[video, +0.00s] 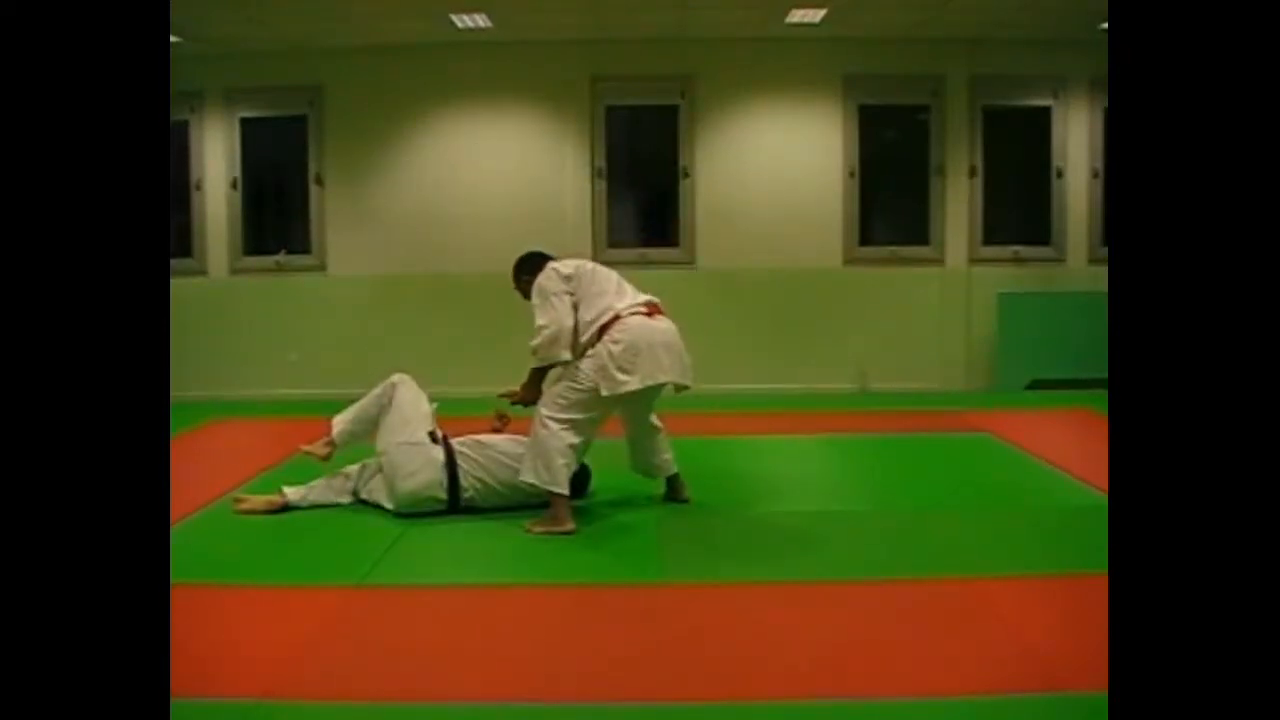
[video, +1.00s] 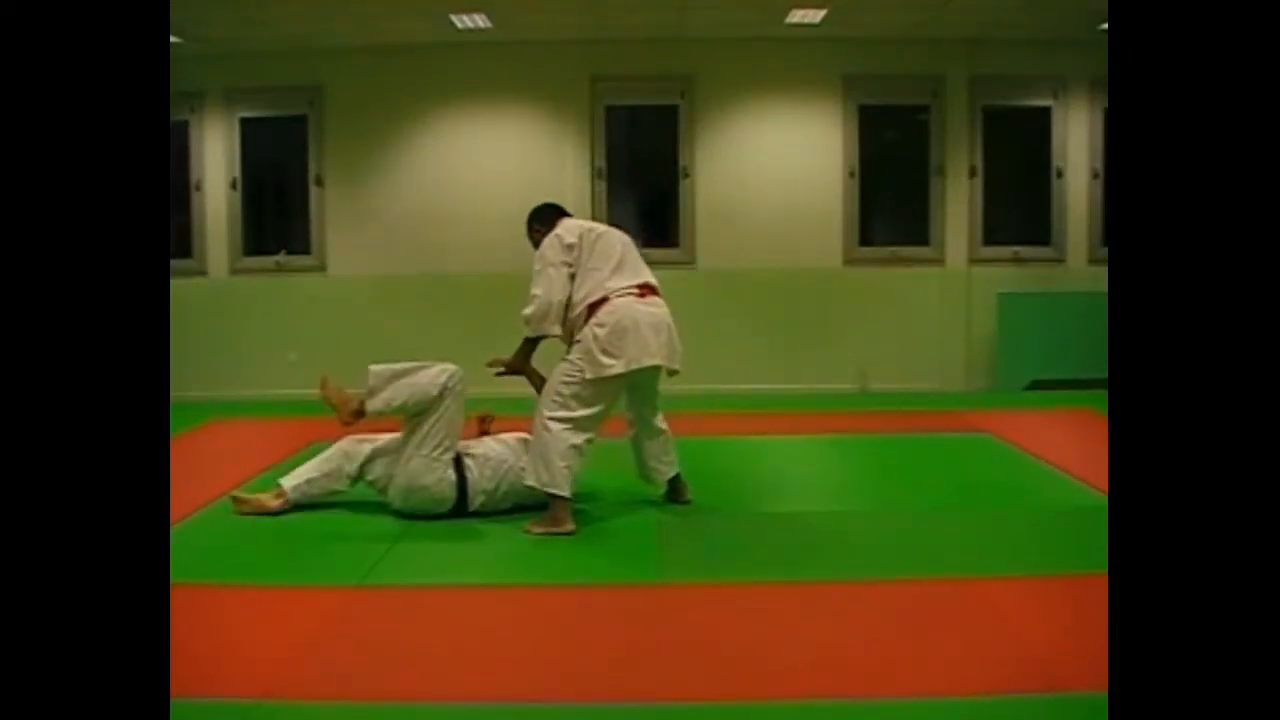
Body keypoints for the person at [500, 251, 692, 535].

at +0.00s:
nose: (526, 297)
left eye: (524, 290)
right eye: (523, 293)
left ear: (530, 276)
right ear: (549, 262)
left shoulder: (548, 278)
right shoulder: (585, 272)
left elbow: (556, 330)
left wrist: (533, 384)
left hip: (624, 340)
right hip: (666, 336)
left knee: (553, 415)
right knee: (639, 414)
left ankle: (559, 512)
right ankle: (675, 484)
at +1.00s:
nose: (537, 248)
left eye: (536, 241)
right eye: (535, 243)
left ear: (540, 229)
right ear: (565, 218)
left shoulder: (556, 239)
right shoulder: (609, 236)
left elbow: (548, 302)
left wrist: (521, 357)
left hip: (612, 324)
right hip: (657, 317)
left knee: (557, 412)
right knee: (646, 411)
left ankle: (559, 512)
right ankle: (676, 484)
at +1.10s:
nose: (539, 241)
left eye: (537, 234)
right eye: (536, 236)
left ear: (544, 222)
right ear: (569, 212)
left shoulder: (559, 234)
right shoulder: (612, 232)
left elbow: (549, 298)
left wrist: (517, 351)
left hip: (612, 323)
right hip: (657, 318)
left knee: (557, 412)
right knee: (646, 411)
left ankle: (560, 512)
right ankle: (676, 484)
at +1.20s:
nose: (545, 233)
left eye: (543, 226)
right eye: (543, 227)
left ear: (551, 215)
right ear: (574, 205)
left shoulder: (565, 228)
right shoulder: (619, 227)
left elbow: (551, 292)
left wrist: (516, 345)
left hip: (612, 322)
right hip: (657, 317)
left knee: (560, 413)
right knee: (645, 410)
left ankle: (560, 512)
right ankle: (676, 484)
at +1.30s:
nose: (548, 227)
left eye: (546, 220)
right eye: (545, 221)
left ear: (555, 208)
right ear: (577, 202)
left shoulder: (570, 225)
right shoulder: (621, 223)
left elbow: (554, 287)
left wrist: (524, 340)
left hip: (615, 319)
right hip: (659, 316)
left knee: (565, 411)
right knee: (646, 406)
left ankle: (561, 511)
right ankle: (675, 484)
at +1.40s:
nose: (552, 221)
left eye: (550, 212)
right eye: (548, 214)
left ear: (563, 199)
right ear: (581, 196)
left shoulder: (576, 221)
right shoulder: (624, 219)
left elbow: (563, 283)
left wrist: (538, 340)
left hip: (621, 317)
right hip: (662, 313)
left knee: (572, 410)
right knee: (647, 406)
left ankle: (562, 510)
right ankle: (675, 483)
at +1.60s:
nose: (552, 215)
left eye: (552, 204)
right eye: (549, 206)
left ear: (571, 193)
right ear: (580, 190)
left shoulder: (585, 217)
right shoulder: (619, 210)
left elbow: (586, 280)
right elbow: (629, 278)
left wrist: (571, 342)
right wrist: (599, 326)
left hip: (632, 316)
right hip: (667, 309)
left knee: (581, 406)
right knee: (650, 410)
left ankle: (568, 506)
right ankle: (676, 485)